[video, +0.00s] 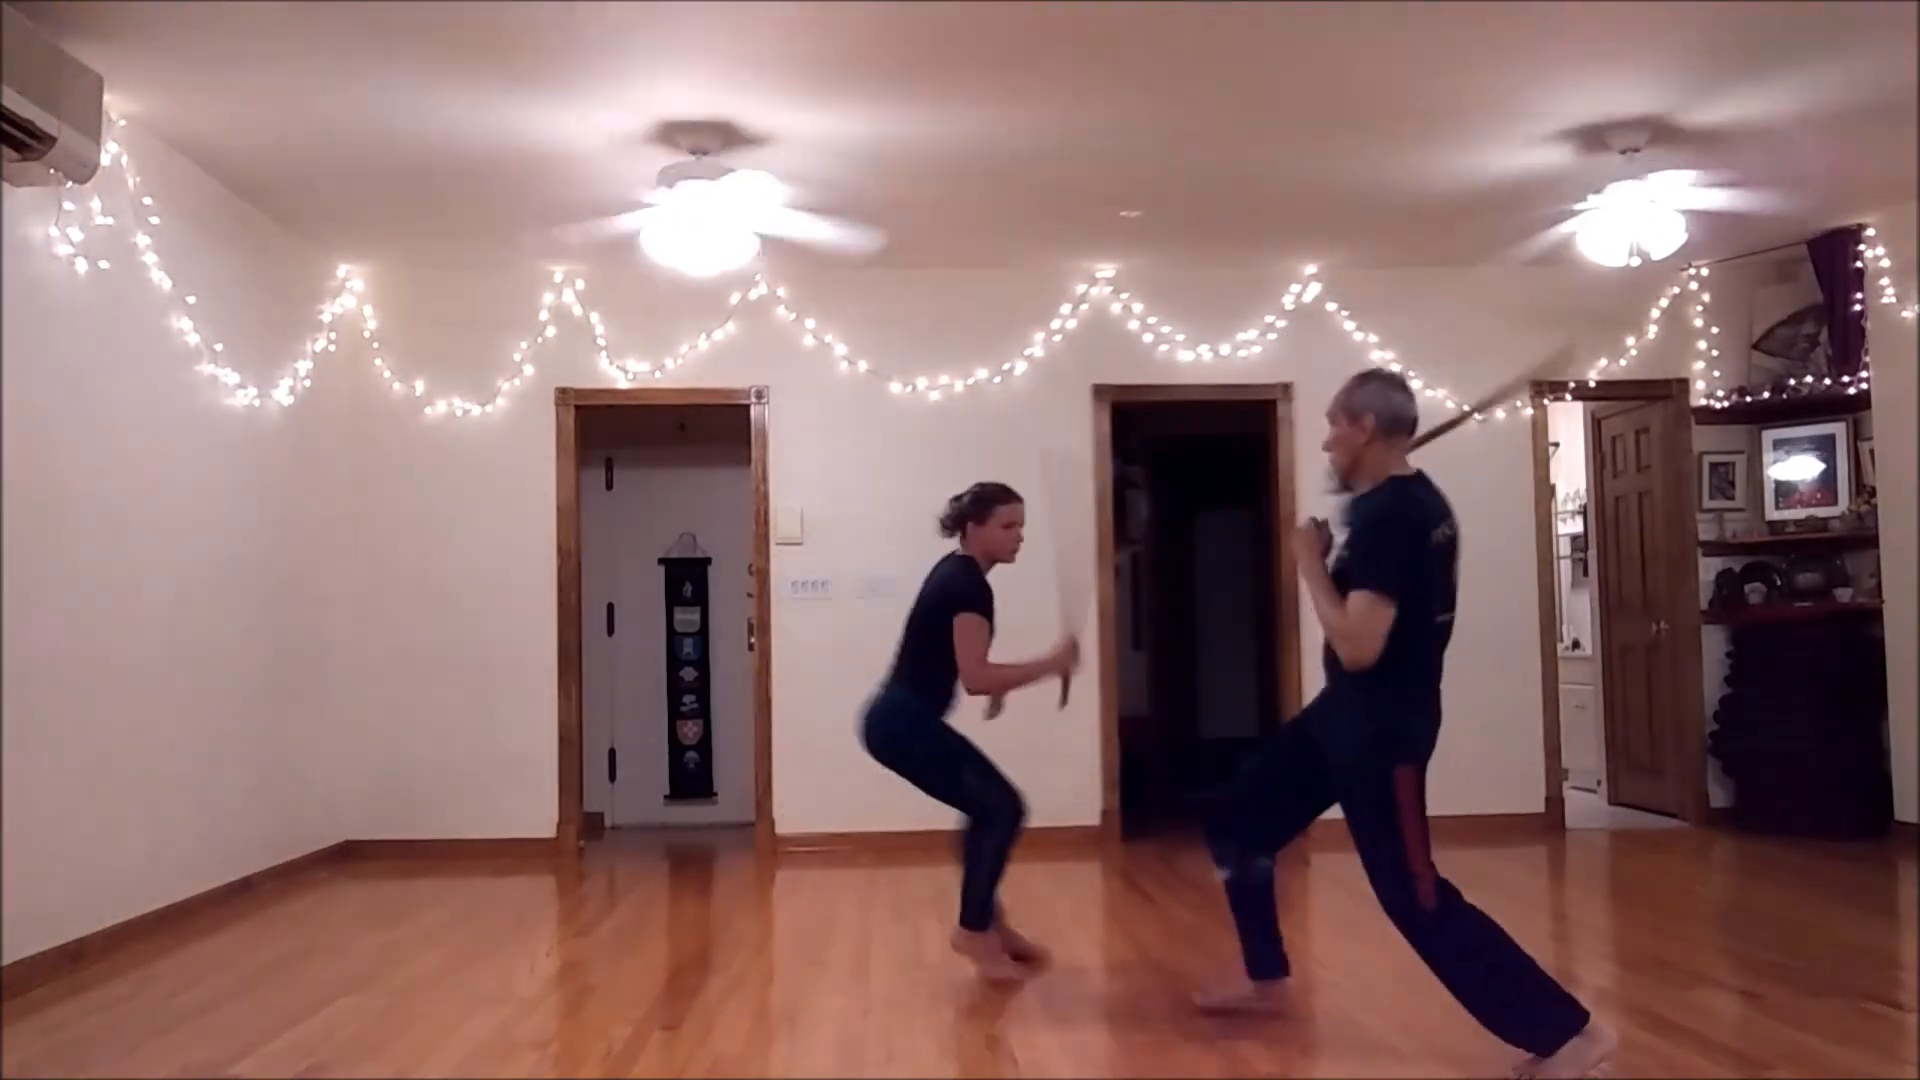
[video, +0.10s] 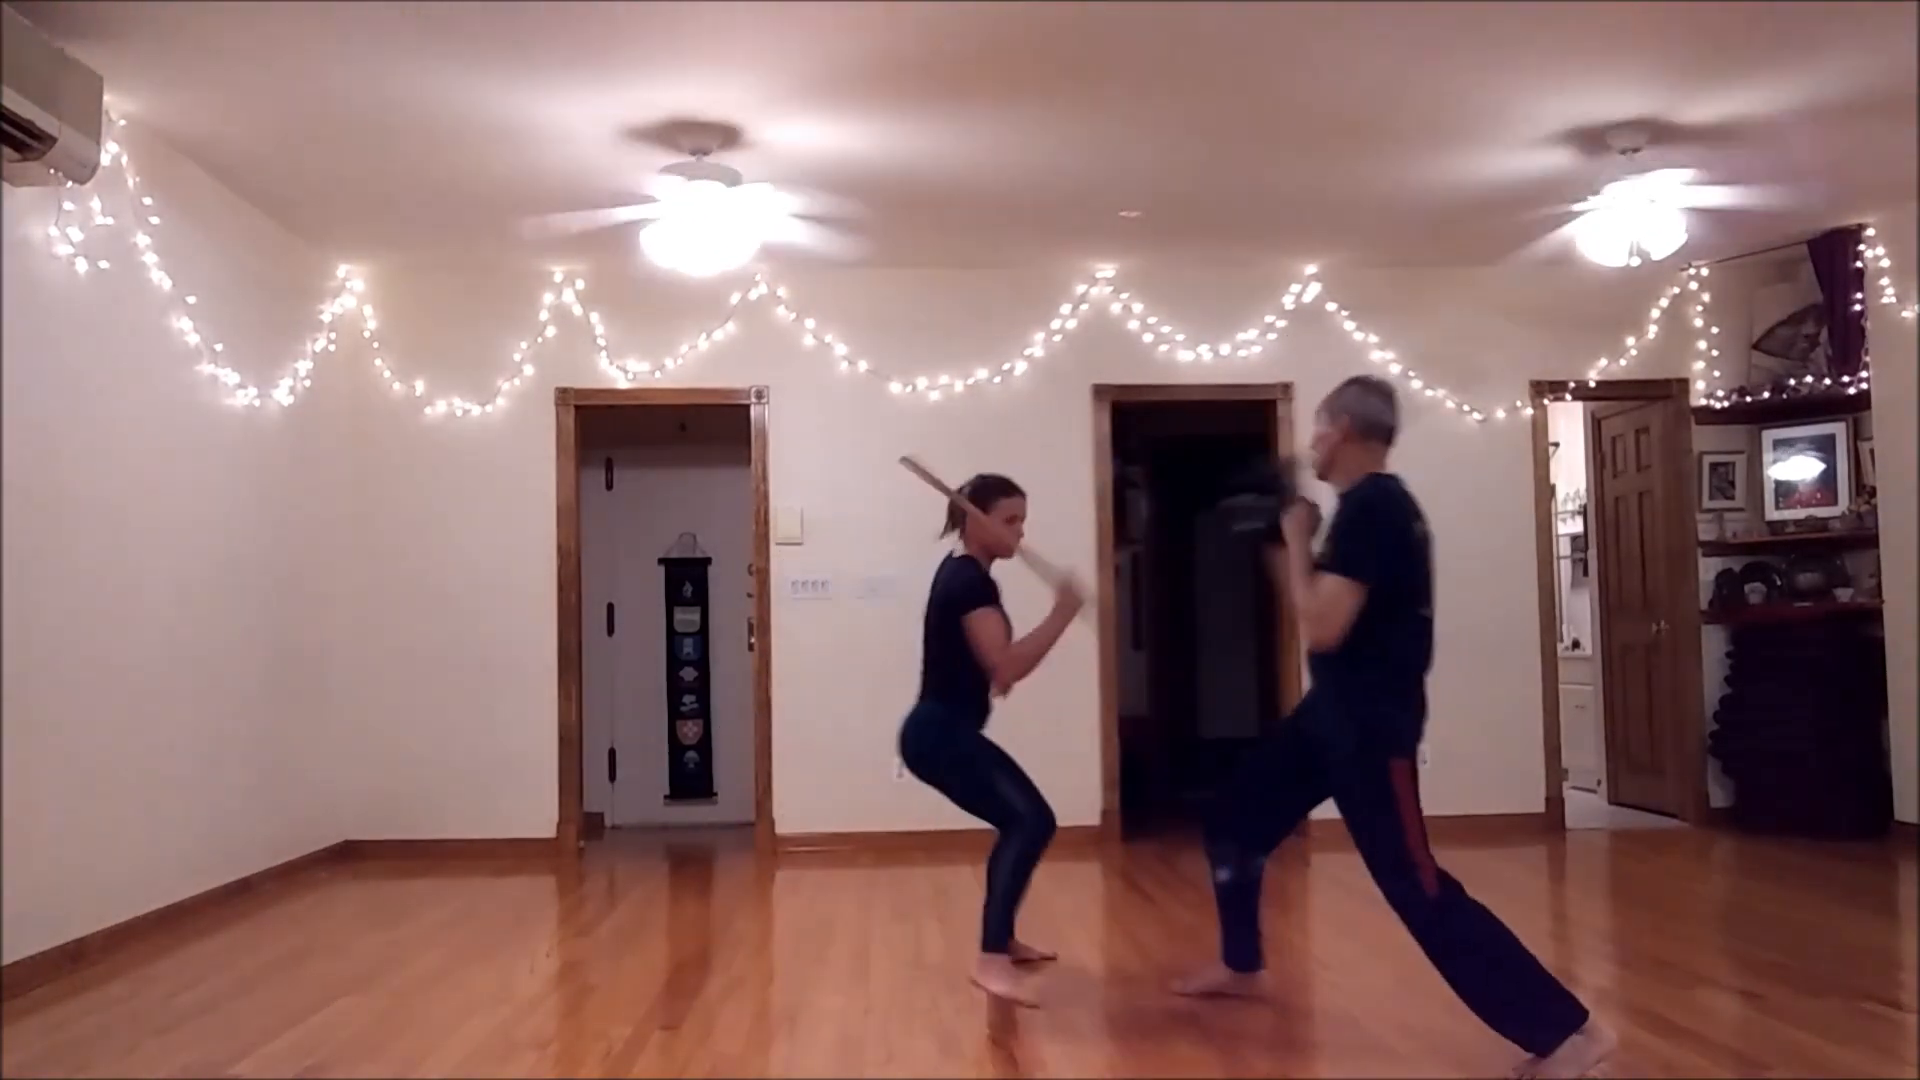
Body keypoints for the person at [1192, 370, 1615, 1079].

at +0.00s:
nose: (1325, 439)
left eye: (1333, 424)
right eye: (1329, 424)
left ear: (1364, 430)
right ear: (1383, 431)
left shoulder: (1394, 511)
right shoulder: (1410, 499)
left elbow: (1358, 646)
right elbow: (1391, 625)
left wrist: (1311, 563)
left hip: (1382, 726)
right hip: (1351, 715)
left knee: (1416, 895)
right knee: (1238, 823)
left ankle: (1568, 1034)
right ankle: (1265, 977)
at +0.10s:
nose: (1312, 438)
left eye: (1321, 425)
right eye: (1317, 425)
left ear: (1345, 433)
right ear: (1369, 436)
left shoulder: (1374, 508)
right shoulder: (1371, 504)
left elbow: (1321, 626)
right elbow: (1328, 616)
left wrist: (1296, 543)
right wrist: (1294, 545)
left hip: (1372, 723)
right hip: (1335, 714)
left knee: (1417, 885)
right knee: (1236, 815)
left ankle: (1567, 1032)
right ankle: (1239, 964)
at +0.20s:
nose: (1277, 441)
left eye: (1282, 430)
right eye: (1282, 430)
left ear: (1299, 435)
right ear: (1335, 439)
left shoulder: (1326, 501)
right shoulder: (1325, 501)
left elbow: (1279, 607)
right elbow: (1251, 579)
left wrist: (1263, 532)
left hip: (1344, 713)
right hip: (1314, 709)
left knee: (1407, 865)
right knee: (1238, 814)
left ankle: (1547, 1014)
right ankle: (1220, 954)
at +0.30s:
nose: (1223, 464)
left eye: (1227, 450)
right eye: (1226, 452)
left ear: (1244, 448)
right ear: (1281, 444)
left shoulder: (1290, 498)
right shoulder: (1271, 512)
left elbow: (1259, 605)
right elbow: (1197, 593)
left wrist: (1228, 546)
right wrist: (1136, 606)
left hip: (1321, 700)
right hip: (1290, 700)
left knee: (1355, 854)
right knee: (1226, 812)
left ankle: (1509, 985)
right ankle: (1221, 955)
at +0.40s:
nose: (1194, 478)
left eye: (1197, 466)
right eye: (1194, 467)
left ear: (1218, 461)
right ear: (1239, 456)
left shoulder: (1267, 500)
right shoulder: (1241, 517)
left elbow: (1242, 601)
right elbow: (1191, 620)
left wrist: (1206, 546)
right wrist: (1113, 663)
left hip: (1309, 699)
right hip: (1269, 699)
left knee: (1304, 848)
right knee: (1208, 814)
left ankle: (1438, 964)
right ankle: (1216, 958)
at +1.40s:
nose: (1161, 466)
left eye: (1165, 453)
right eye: (1160, 454)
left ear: (1193, 445)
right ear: (1205, 445)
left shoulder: (1238, 490)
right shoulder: (1227, 500)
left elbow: (1212, 591)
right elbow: (1228, 621)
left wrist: (1178, 541)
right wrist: (1181, 694)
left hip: (1274, 686)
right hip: (1239, 687)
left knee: (1308, 829)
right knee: (1183, 812)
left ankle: (1406, 979)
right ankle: (1213, 958)